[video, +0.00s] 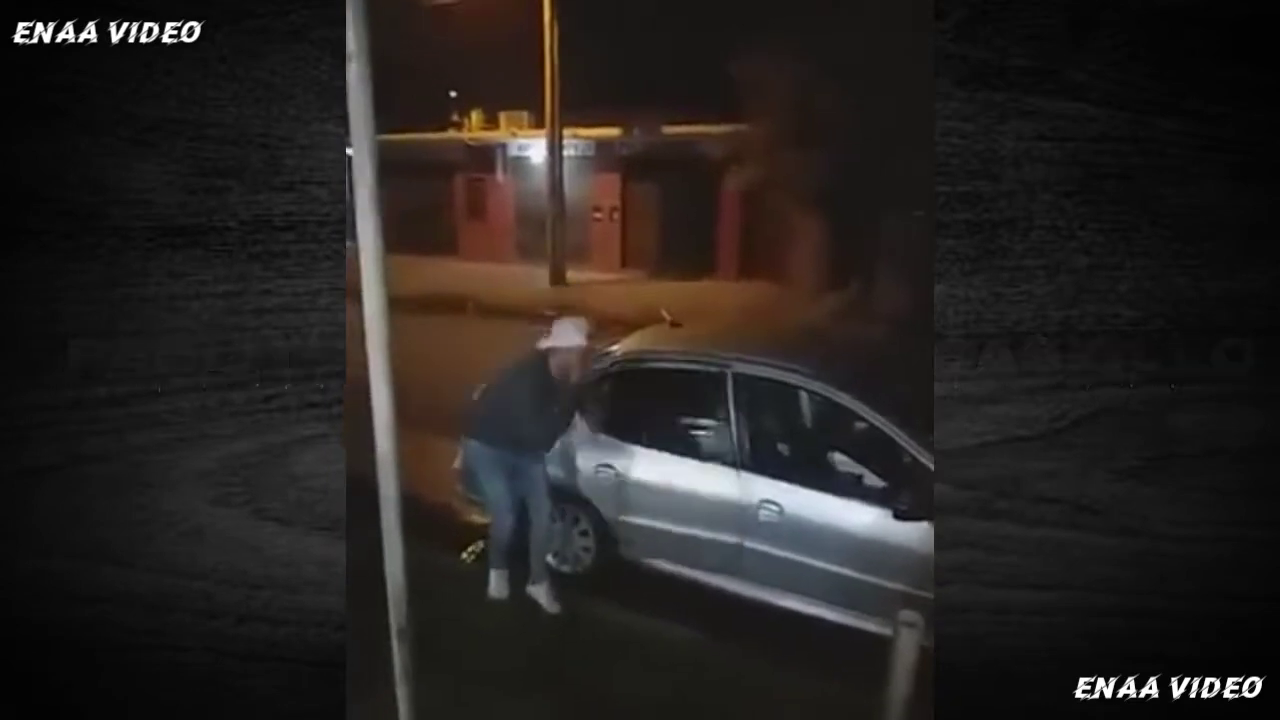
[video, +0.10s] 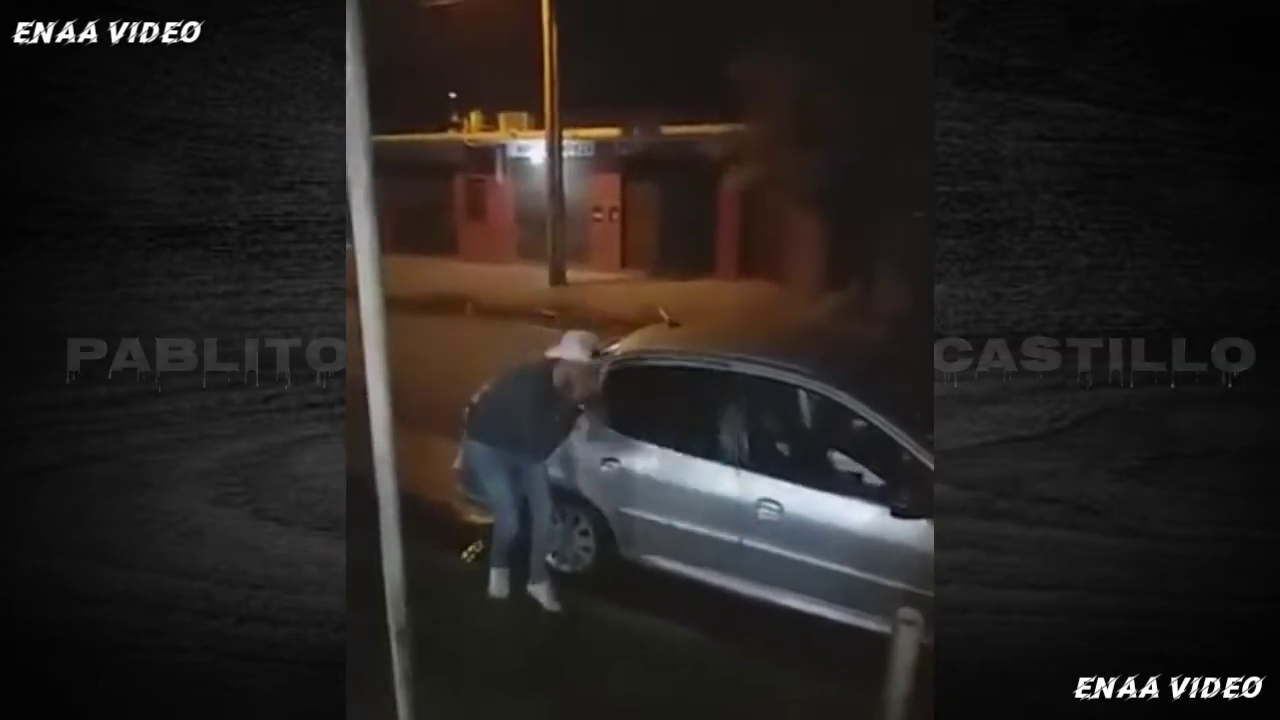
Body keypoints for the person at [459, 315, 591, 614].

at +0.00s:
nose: (574, 361)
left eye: (578, 355)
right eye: (571, 353)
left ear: (578, 355)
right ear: (556, 351)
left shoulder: (563, 382)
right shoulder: (526, 373)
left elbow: (558, 427)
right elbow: (534, 435)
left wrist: (578, 387)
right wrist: (567, 397)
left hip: (528, 452)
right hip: (488, 446)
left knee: (541, 515)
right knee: (504, 514)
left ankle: (537, 581)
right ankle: (498, 571)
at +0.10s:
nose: (572, 375)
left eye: (579, 369)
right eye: (570, 366)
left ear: (583, 371)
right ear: (560, 362)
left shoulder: (567, 396)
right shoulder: (526, 378)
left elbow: (542, 449)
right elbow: (537, 448)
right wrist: (568, 412)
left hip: (527, 453)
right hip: (487, 445)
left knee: (542, 515)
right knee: (508, 518)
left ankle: (537, 580)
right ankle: (499, 569)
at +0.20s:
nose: (593, 381)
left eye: (594, 374)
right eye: (588, 373)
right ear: (567, 369)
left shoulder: (572, 392)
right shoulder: (524, 380)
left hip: (530, 449)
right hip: (487, 442)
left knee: (542, 517)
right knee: (508, 519)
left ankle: (534, 582)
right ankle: (496, 568)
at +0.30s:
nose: (587, 370)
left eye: (588, 363)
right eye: (581, 363)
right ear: (560, 358)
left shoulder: (566, 381)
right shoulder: (521, 370)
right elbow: (527, 436)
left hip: (527, 445)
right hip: (487, 437)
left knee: (540, 513)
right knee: (514, 513)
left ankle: (532, 577)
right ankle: (496, 561)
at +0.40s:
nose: (579, 355)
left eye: (583, 348)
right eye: (573, 347)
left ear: (587, 346)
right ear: (553, 344)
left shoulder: (570, 364)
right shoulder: (521, 362)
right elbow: (516, 413)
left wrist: (586, 389)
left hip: (532, 437)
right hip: (491, 432)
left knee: (543, 507)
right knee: (522, 505)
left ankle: (531, 569)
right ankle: (504, 549)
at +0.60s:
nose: (574, 314)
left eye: (580, 307)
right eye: (567, 307)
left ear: (588, 308)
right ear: (555, 308)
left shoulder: (599, 338)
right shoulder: (538, 337)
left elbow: (604, 373)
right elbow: (522, 390)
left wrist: (607, 407)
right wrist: (556, 424)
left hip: (559, 427)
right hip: (516, 422)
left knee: (563, 492)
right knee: (548, 474)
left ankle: (552, 560)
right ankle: (557, 563)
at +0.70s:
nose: (551, 296)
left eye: (558, 288)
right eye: (545, 288)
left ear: (571, 291)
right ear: (536, 291)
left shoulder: (586, 328)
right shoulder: (518, 323)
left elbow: (595, 376)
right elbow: (510, 389)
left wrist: (594, 420)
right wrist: (543, 428)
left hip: (550, 418)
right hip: (506, 415)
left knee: (547, 484)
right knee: (541, 476)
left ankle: (537, 552)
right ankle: (560, 581)